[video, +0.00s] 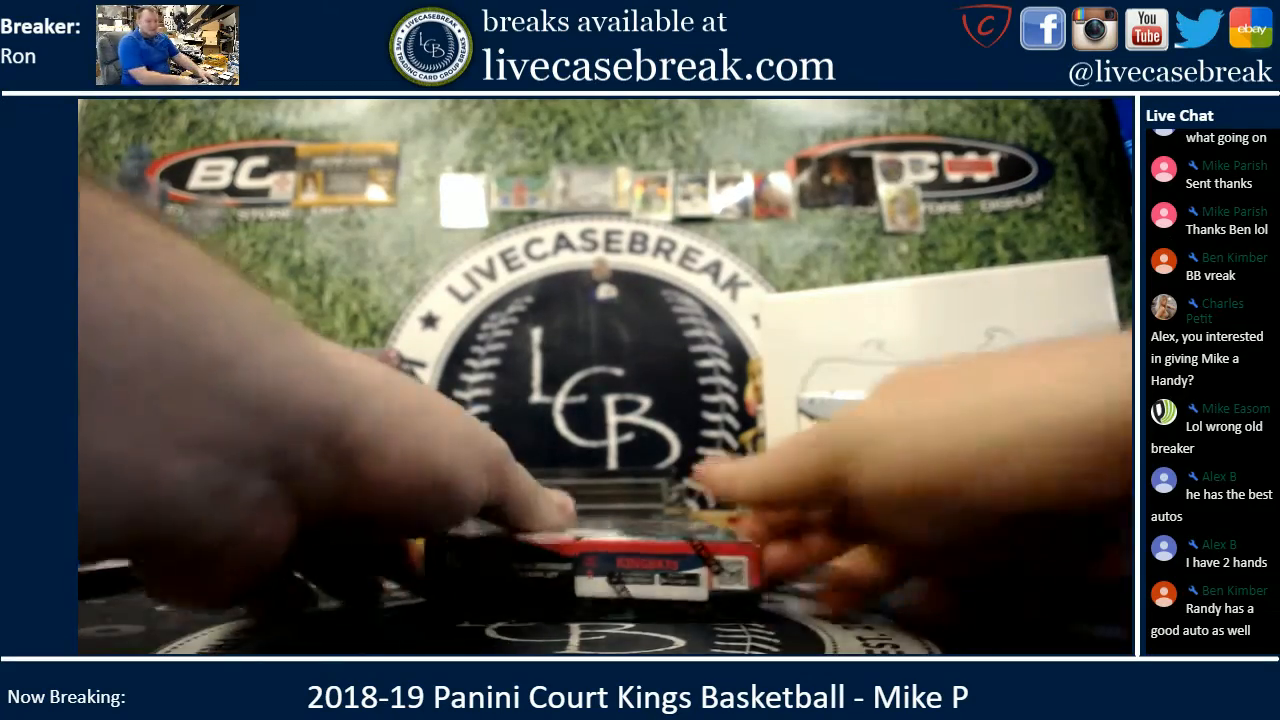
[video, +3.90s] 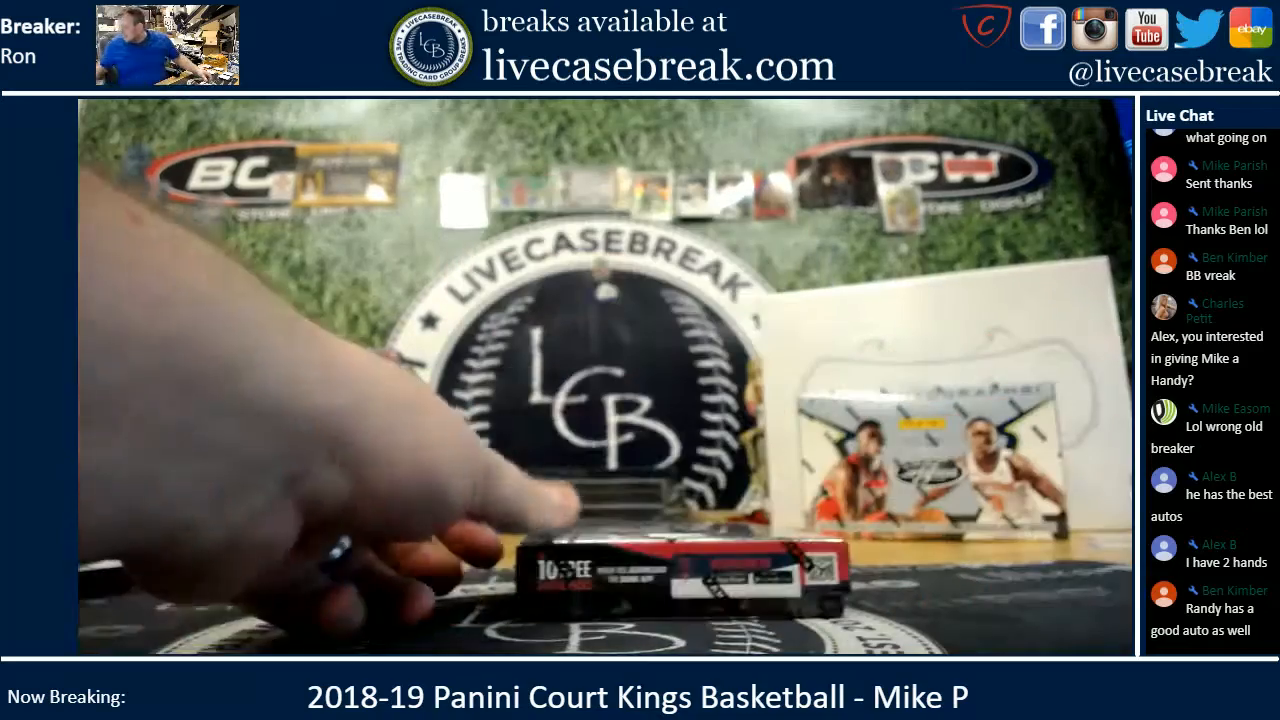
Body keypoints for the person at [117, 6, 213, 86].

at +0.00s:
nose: (153, 25)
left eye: (156, 21)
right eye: (148, 21)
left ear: (159, 22)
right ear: (138, 21)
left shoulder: (162, 39)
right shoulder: (129, 42)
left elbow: (179, 57)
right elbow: (143, 78)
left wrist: (199, 70)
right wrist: (181, 80)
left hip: (165, 91)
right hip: (139, 96)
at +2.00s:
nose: (146, 24)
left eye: (152, 20)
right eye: (143, 20)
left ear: (159, 24)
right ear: (138, 23)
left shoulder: (164, 40)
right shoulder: (128, 45)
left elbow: (174, 62)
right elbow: (136, 82)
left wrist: (194, 70)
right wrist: (177, 81)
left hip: (167, 93)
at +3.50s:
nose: (132, 29)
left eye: (137, 25)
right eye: (130, 25)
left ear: (151, 25)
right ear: (128, 25)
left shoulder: (164, 40)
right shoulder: (123, 46)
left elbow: (175, 61)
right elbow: (122, 80)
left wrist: (195, 70)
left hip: (163, 96)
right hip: (134, 98)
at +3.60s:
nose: (130, 30)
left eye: (134, 25)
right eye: (128, 25)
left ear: (149, 24)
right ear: (127, 25)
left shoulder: (164, 41)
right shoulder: (121, 45)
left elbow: (175, 60)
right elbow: (112, 78)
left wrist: (196, 69)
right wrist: (145, 81)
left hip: (162, 97)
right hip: (132, 100)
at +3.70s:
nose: (127, 30)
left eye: (131, 26)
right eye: (126, 26)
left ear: (145, 26)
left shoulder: (163, 41)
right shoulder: (119, 45)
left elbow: (177, 60)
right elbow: (107, 76)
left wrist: (197, 69)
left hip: (161, 97)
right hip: (130, 100)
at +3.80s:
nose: (125, 31)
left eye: (129, 27)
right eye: (124, 27)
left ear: (143, 26)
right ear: (123, 27)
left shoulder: (162, 41)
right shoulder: (118, 45)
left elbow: (177, 59)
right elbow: (102, 69)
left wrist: (197, 70)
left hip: (160, 98)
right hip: (128, 100)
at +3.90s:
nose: (123, 30)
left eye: (126, 26)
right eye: (122, 26)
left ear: (141, 26)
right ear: (120, 27)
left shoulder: (161, 41)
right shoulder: (115, 45)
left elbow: (178, 58)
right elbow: (101, 70)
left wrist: (197, 70)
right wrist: (94, 73)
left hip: (158, 100)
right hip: (126, 101)